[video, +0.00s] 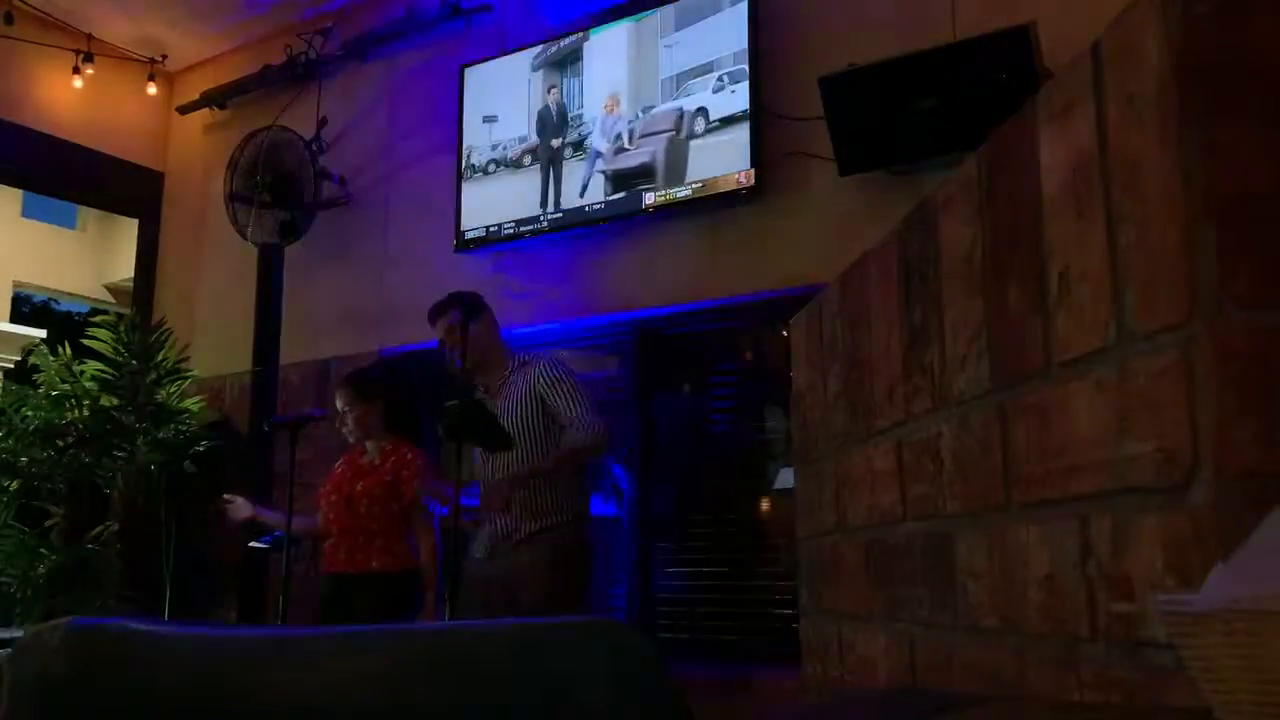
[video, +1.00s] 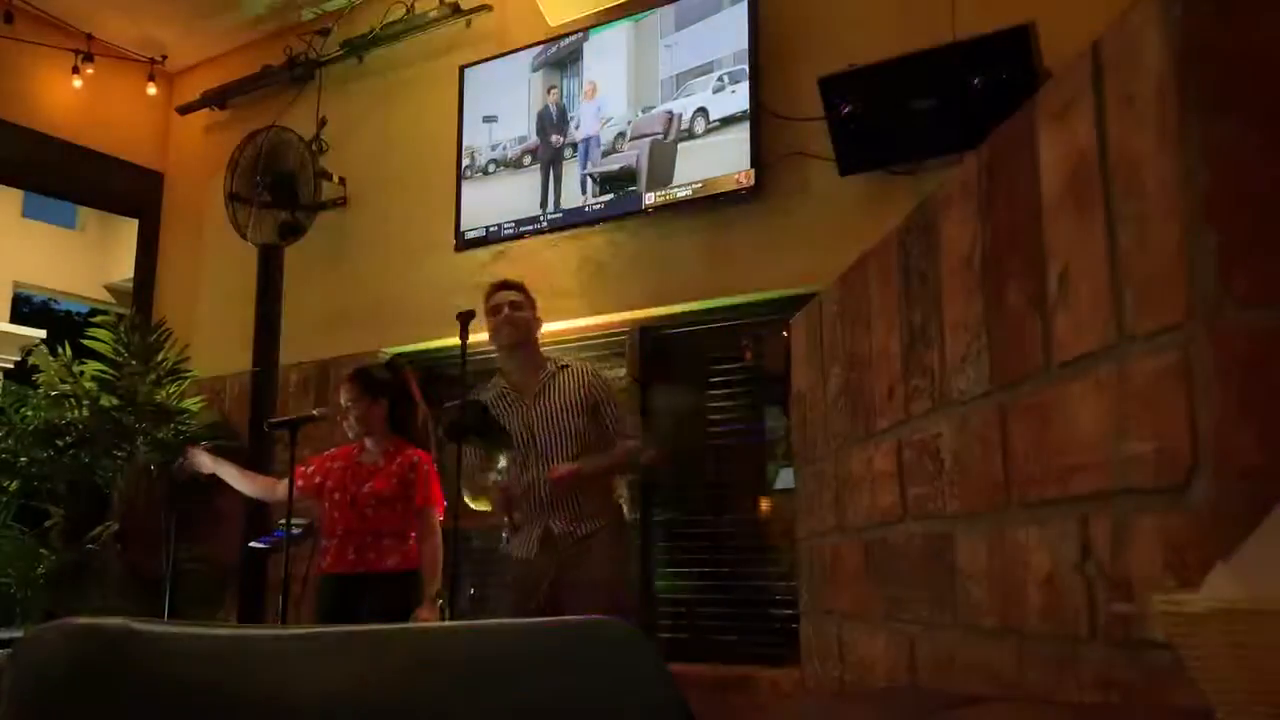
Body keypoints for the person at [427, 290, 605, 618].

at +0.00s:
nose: (450, 345)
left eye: (455, 331)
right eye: (444, 338)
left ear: (487, 325)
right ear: (445, 343)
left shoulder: (542, 372)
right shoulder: (473, 400)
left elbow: (589, 434)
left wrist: (518, 479)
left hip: (551, 541)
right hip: (494, 546)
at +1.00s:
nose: (505, 315)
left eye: (516, 307)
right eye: (495, 310)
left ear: (537, 320)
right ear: (487, 328)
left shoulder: (585, 378)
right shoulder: (484, 404)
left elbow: (631, 445)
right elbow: (473, 480)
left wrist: (582, 468)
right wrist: (495, 495)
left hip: (594, 540)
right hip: (527, 548)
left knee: (598, 647)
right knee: (528, 652)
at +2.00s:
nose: (628, 306)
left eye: (641, 299)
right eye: (629, 298)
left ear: (671, 317)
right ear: (627, 306)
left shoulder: (680, 384)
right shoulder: (624, 387)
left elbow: (677, 480)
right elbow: (620, 469)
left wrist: (596, 494)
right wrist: (577, 486)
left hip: (646, 548)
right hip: (593, 547)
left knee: (642, 675)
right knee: (565, 664)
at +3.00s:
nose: (558, 284)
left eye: (572, 279)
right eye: (550, 278)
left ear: (591, 299)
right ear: (538, 296)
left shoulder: (617, 379)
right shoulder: (502, 379)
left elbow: (644, 470)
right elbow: (491, 461)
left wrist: (589, 498)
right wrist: (475, 459)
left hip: (578, 556)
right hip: (500, 556)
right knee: (480, 668)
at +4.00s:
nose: (504, 332)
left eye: (508, 320)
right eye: (503, 323)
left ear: (538, 312)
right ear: (537, 314)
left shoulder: (599, 365)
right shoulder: (540, 395)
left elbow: (639, 439)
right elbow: (558, 477)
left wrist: (584, 474)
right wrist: (520, 496)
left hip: (604, 547)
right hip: (549, 548)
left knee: (605, 662)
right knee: (512, 648)